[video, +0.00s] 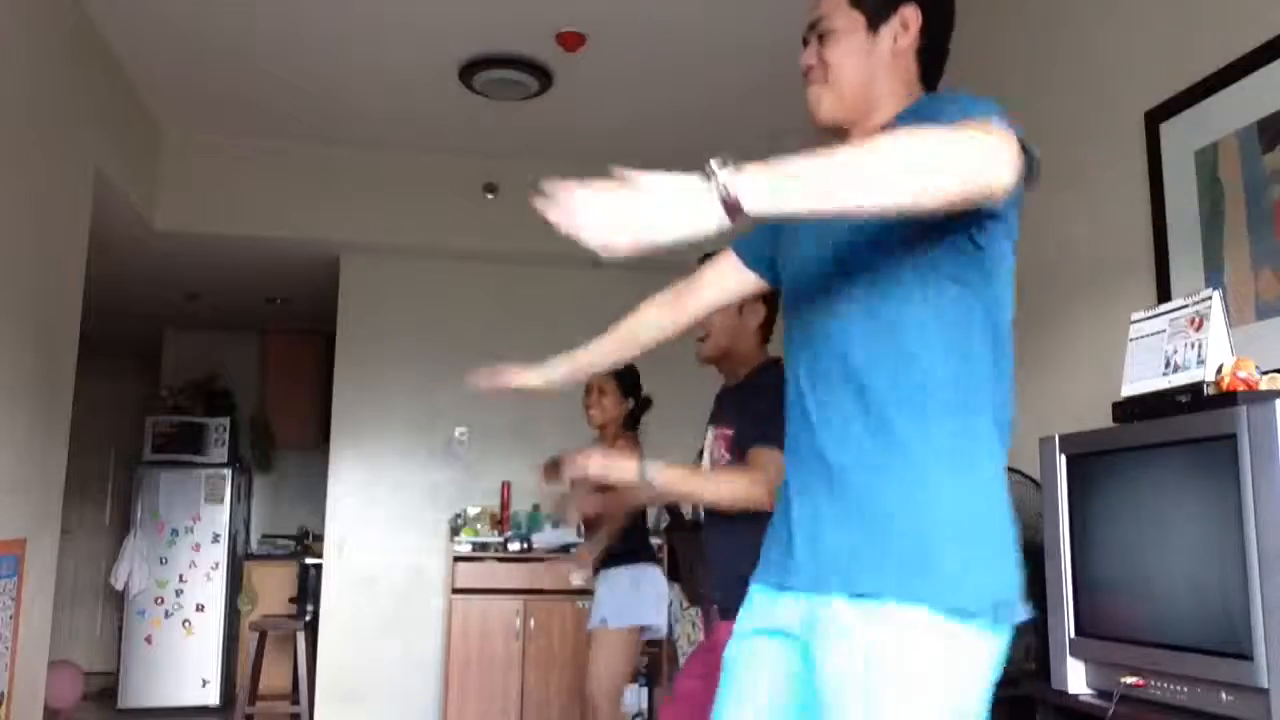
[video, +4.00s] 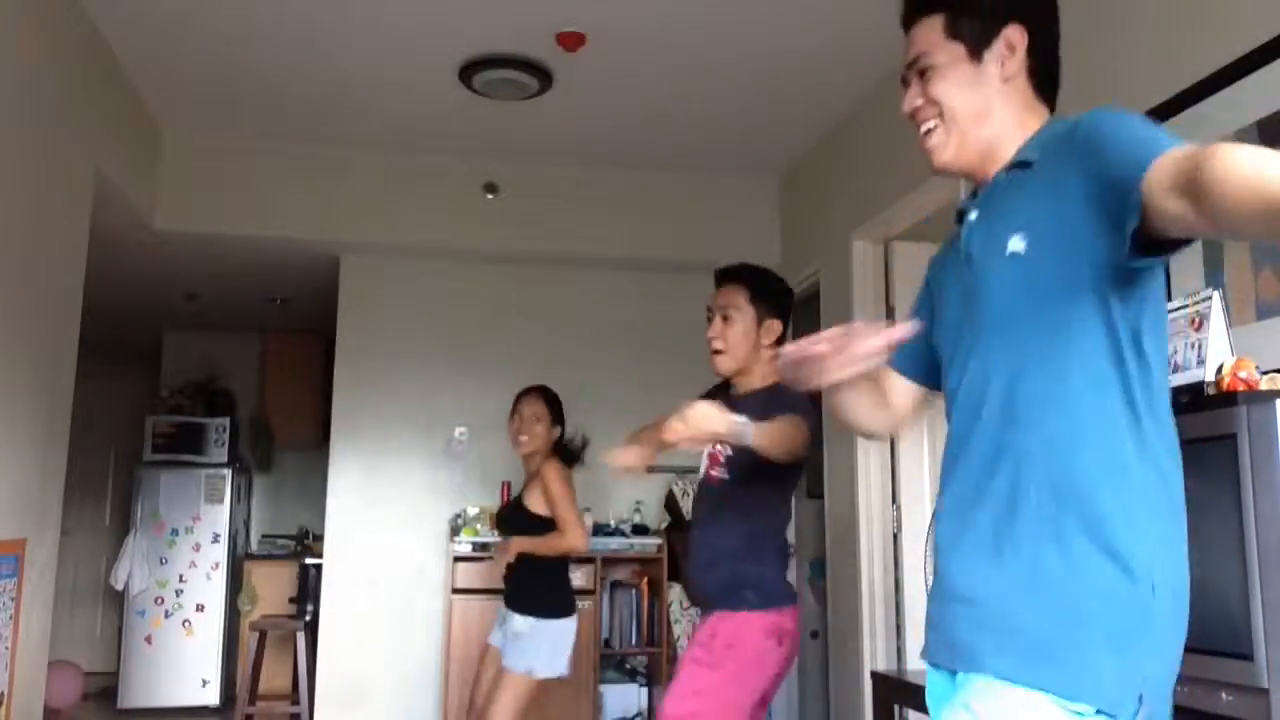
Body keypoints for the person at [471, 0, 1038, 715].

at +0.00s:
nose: (804, 58)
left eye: (824, 34)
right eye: (807, 41)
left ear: (901, 30)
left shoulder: (949, 120)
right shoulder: (810, 196)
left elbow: (988, 163)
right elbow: (689, 298)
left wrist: (717, 193)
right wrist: (561, 370)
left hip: (920, 582)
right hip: (792, 577)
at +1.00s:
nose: (843, 87)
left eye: (869, 61)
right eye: (824, 69)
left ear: (927, 71)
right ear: (809, 90)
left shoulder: (979, 170)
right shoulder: (804, 235)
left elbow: (1142, 227)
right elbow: (683, 334)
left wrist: (912, 235)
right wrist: (565, 418)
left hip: (957, 626)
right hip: (803, 617)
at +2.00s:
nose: (841, 76)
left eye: (858, 44)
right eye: (826, 61)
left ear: (933, 35)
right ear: (826, 78)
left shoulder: (1006, 118)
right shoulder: (858, 204)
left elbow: (1183, 137)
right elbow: (743, 322)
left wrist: (964, 212)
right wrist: (576, 396)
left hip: (996, 594)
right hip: (857, 593)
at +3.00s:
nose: (923, 77)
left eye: (943, 45)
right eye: (913, 61)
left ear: (1026, 31)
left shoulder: (1109, 132)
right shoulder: (946, 231)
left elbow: (1238, 164)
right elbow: (895, 361)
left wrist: (1266, 188)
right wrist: (864, 361)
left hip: (1093, 596)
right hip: (948, 596)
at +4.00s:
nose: (908, 102)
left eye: (925, 71)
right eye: (906, 84)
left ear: (1007, 53)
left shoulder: (1087, 147)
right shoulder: (951, 261)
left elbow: (1197, 183)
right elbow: (885, 410)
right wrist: (840, 376)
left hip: (1074, 622)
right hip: (969, 618)